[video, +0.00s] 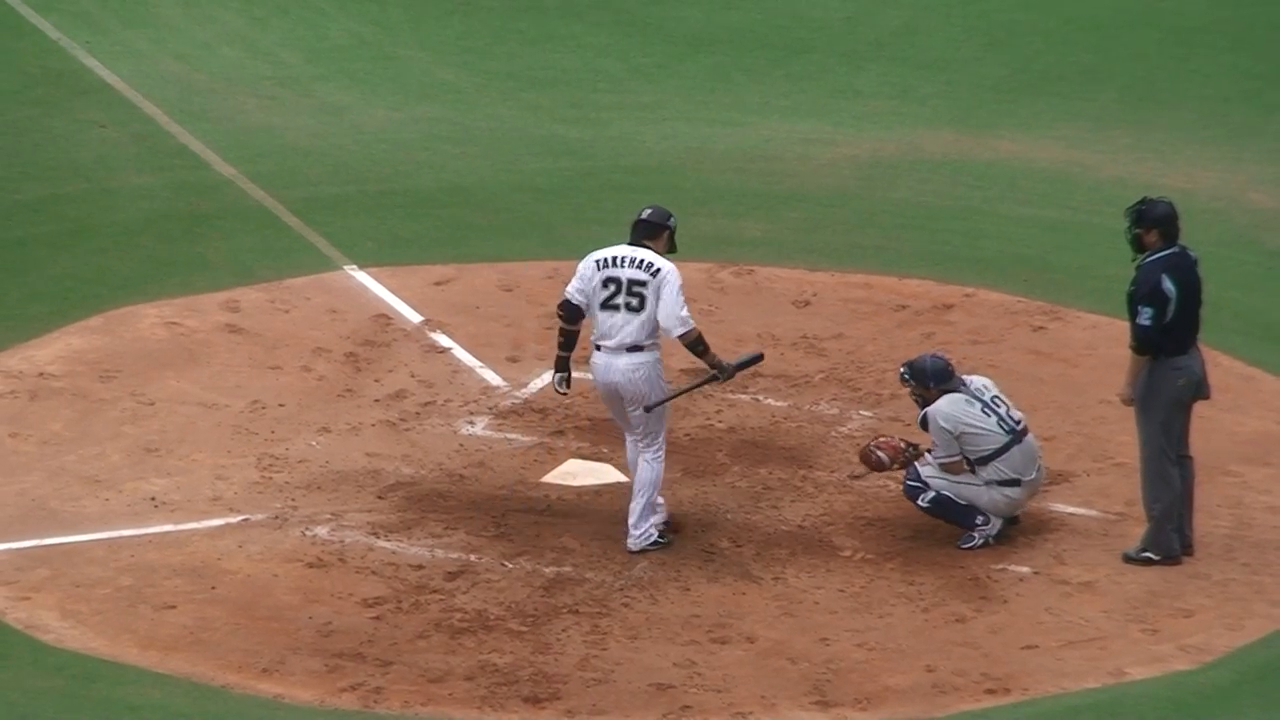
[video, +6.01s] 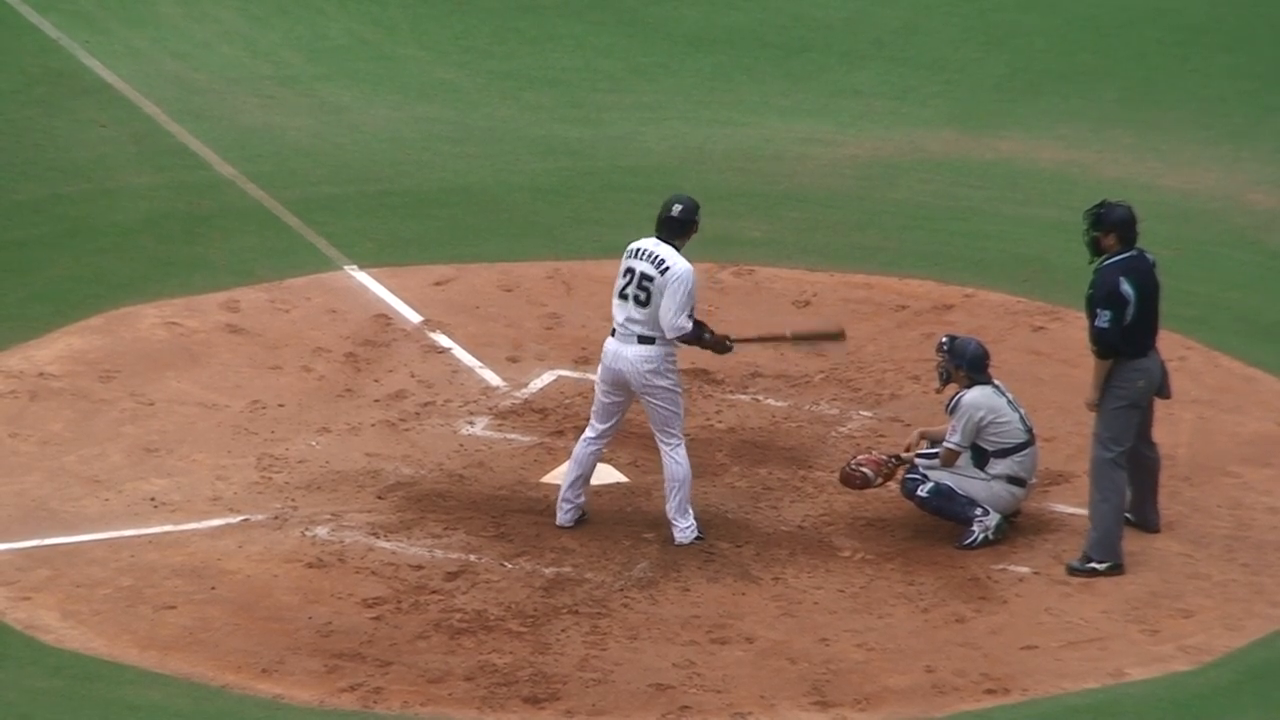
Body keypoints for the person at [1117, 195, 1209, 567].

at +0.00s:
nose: (1134, 234)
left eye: (1139, 229)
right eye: (1136, 228)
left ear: (1152, 235)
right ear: (1166, 232)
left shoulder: (1151, 273)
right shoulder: (1186, 260)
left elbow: (1143, 341)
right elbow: (1188, 322)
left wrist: (1129, 384)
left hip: (1163, 371)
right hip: (1187, 364)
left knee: (1157, 457)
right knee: (1177, 454)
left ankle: (1161, 542)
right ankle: (1179, 534)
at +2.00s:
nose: (1133, 236)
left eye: (1137, 231)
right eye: (1134, 229)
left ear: (1150, 236)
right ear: (1166, 233)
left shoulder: (1148, 275)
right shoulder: (1184, 260)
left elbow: (1140, 342)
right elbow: (1187, 323)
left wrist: (1126, 386)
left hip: (1161, 372)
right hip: (1186, 365)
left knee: (1155, 459)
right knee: (1175, 455)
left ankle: (1160, 544)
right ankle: (1178, 536)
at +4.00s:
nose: (1082, 249)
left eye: (1086, 244)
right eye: (1082, 242)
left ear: (1100, 248)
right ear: (1112, 245)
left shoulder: (1100, 289)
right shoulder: (1136, 269)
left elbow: (1094, 354)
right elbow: (1144, 326)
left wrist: (1079, 398)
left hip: (1124, 383)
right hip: (1150, 373)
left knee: (1094, 463)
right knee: (1140, 444)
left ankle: (1101, 557)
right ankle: (1146, 510)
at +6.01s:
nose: (1093, 236)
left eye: (1098, 232)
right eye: (1096, 230)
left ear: (1110, 237)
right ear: (1126, 234)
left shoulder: (1109, 276)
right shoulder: (1143, 261)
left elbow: (1106, 343)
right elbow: (1145, 321)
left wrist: (1095, 388)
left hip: (1124, 372)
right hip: (1147, 363)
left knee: (1108, 457)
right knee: (1139, 443)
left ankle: (1103, 553)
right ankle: (1145, 512)